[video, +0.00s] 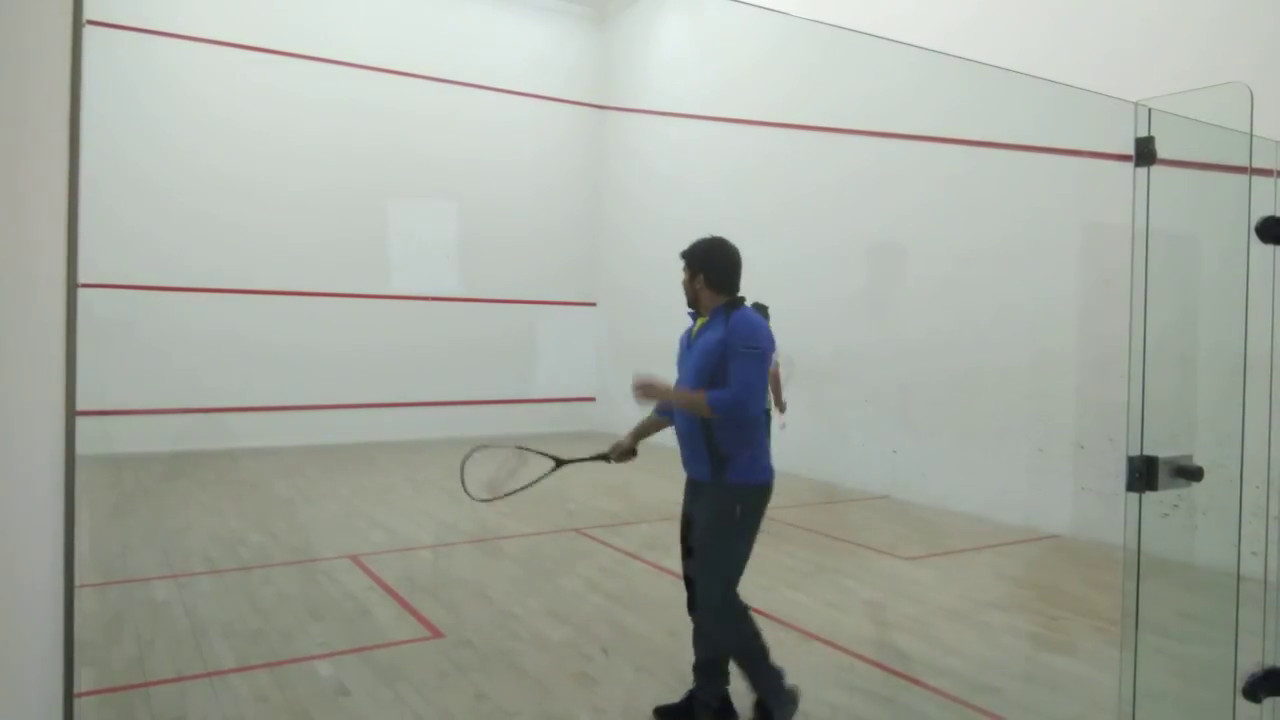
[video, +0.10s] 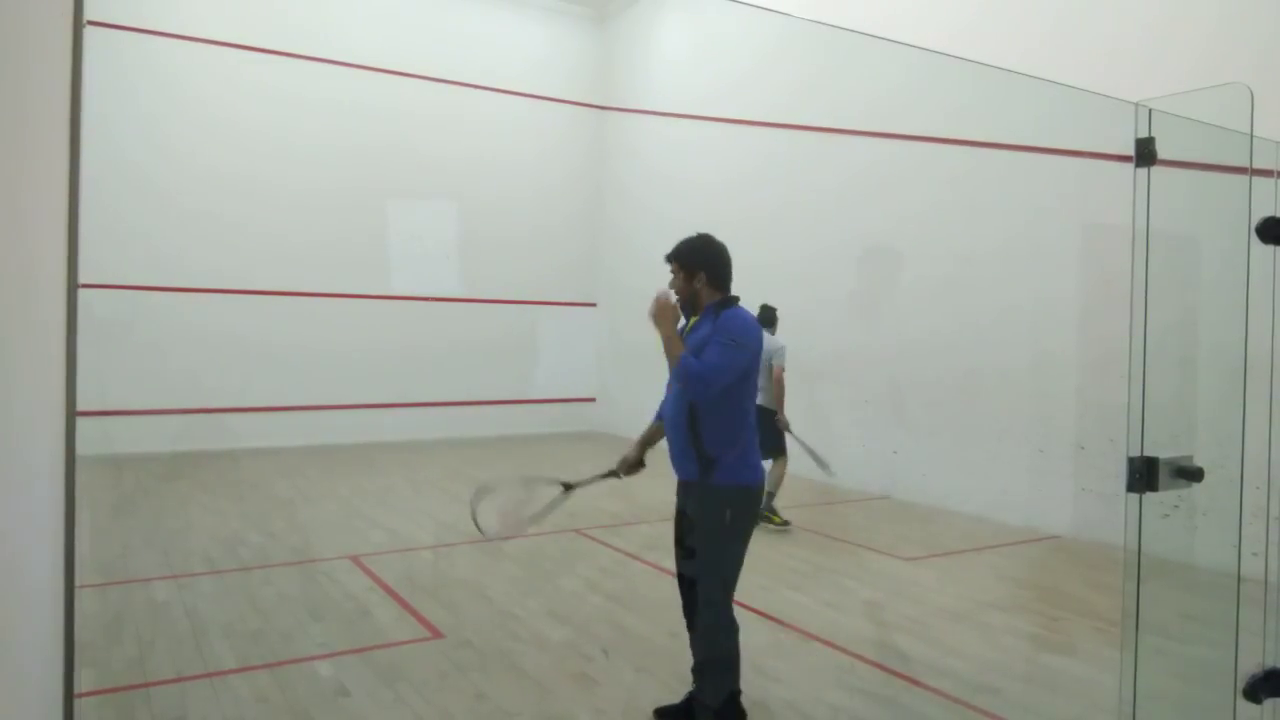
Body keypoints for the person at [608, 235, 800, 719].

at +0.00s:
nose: (682, 283)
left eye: (688, 274)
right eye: (684, 274)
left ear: (706, 278)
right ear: (711, 279)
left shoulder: (746, 327)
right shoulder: (694, 334)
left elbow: (743, 402)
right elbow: (684, 402)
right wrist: (633, 436)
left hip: (741, 483)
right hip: (703, 480)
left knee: (715, 591)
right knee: (701, 590)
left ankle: (774, 694)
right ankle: (709, 697)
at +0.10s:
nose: (671, 284)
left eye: (676, 275)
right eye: (671, 275)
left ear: (700, 277)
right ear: (701, 278)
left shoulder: (738, 327)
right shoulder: (700, 327)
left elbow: (692, 382)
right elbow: (679, 397)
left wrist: (667, 328)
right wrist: (642, 444)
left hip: (729, 487)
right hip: (697, 482)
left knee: (712, 596)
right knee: (694, 592)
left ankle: (721, 703)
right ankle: (708, 695)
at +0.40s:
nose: (661, 268)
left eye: (671, 262)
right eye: (665, 260)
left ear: (697, 276)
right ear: (696, 277)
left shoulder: (717, 328)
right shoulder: (692, 327)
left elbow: (638, 373)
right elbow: (701, 415)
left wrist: (636, 338)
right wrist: (676, 478)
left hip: (718, 492)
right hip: (683, 487)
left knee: (714, 598)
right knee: (653, 579)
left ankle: (728, 706)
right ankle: (689, 685)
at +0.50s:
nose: (646, 275)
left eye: (651, 267)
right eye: (649, 266)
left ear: (667, 276)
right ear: (685, 277)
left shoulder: (701, 332)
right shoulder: (674, 331)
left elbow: (687, 420)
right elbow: (674, 413)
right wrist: (654, 468)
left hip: (713, 493)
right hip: (678, 488)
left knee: (712, 614)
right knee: (656, 604)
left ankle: (730, 710)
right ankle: (642, 704)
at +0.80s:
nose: (604, 276)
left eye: (608, 267)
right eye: (608, 267)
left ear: (618, 275)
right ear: (648, 277)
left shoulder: (647, 334)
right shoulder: (629, 328)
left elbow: (650, 424)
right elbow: (634, 416)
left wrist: (593, 478)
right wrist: (600, 476)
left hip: (645, 492)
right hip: (623, 488)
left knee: (635, 611)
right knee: (626, 607)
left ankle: (708, 710)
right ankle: (637, 707)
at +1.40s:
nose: (552, 297)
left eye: (558, 289)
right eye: (555, 287)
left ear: (576, 302)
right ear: (589, 302)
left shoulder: (639, 354)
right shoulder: (570, 359)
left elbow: (691, 424)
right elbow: (564, 434)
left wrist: (623, 462)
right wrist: (572, 491)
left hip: (659, 522)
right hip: (610, 518)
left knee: (637, 646)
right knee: (591, 631)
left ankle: (653, 712)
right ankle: (623, 712)